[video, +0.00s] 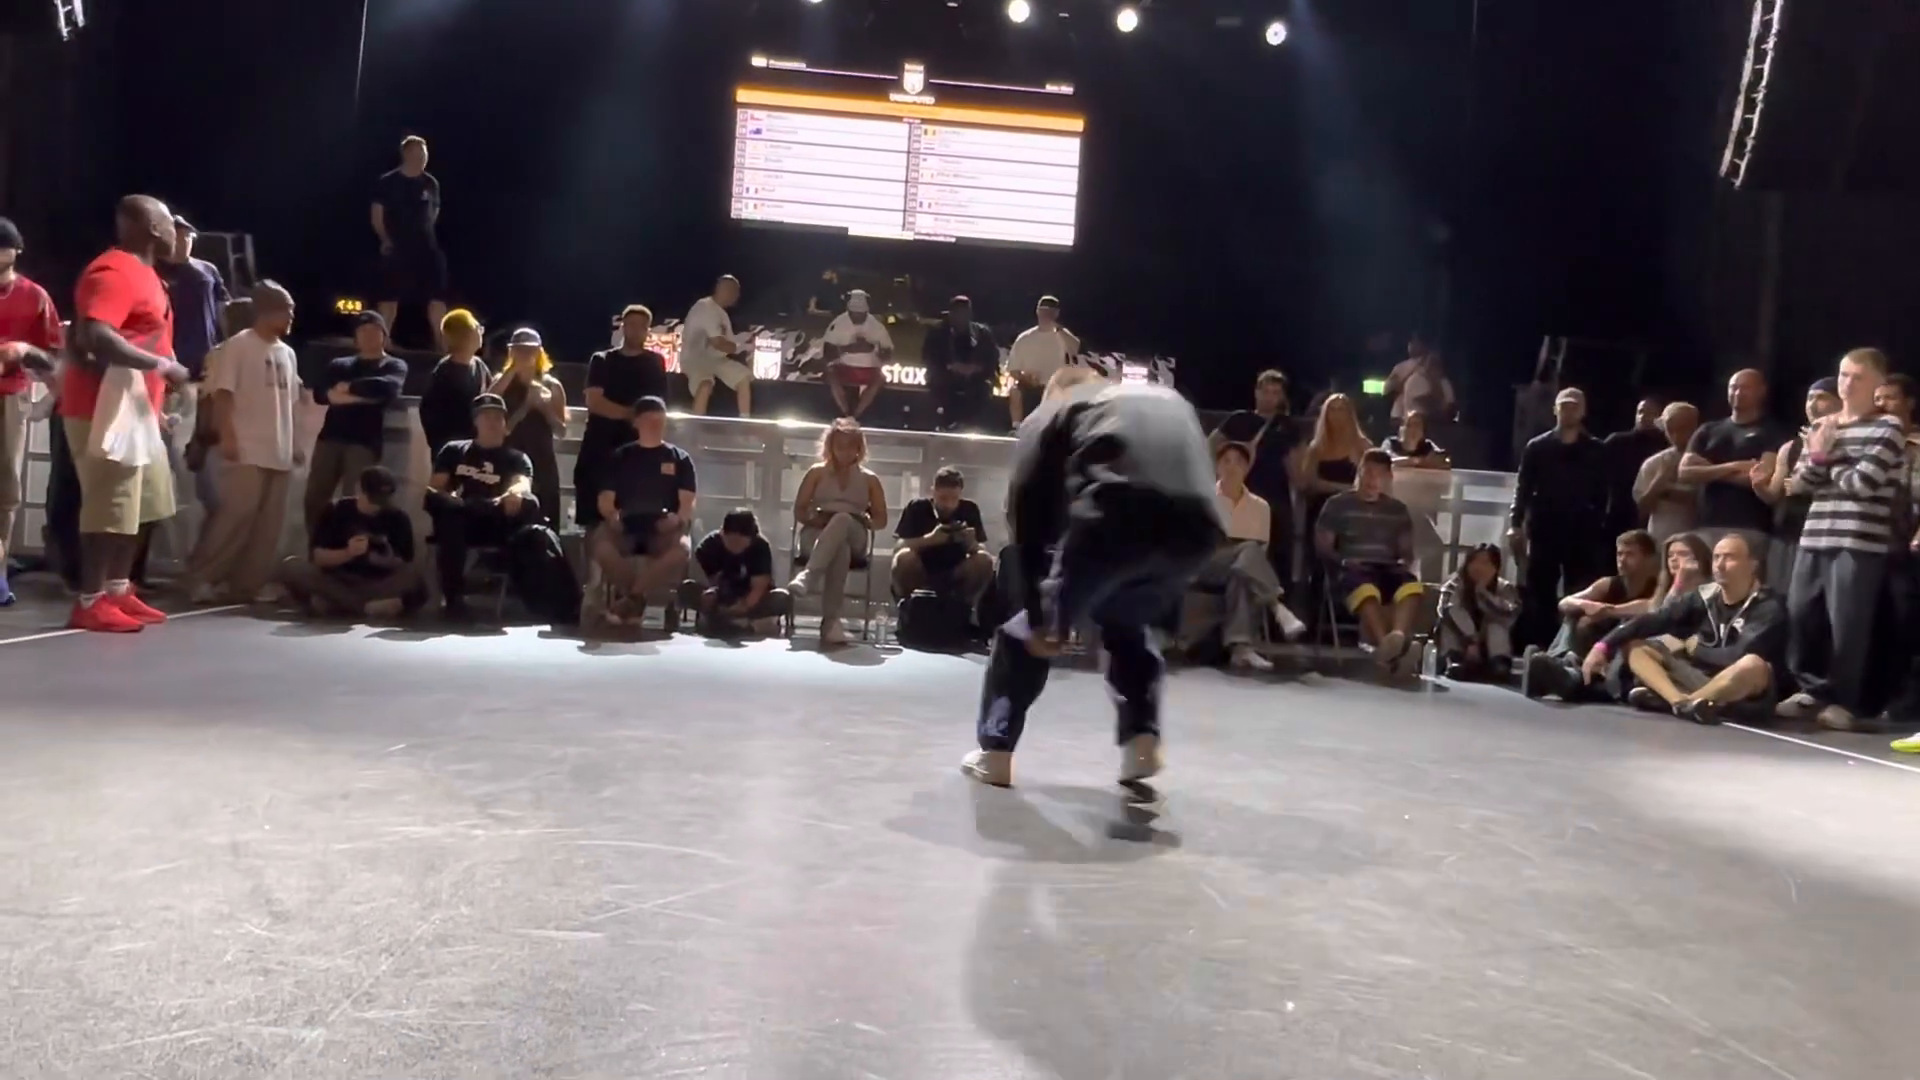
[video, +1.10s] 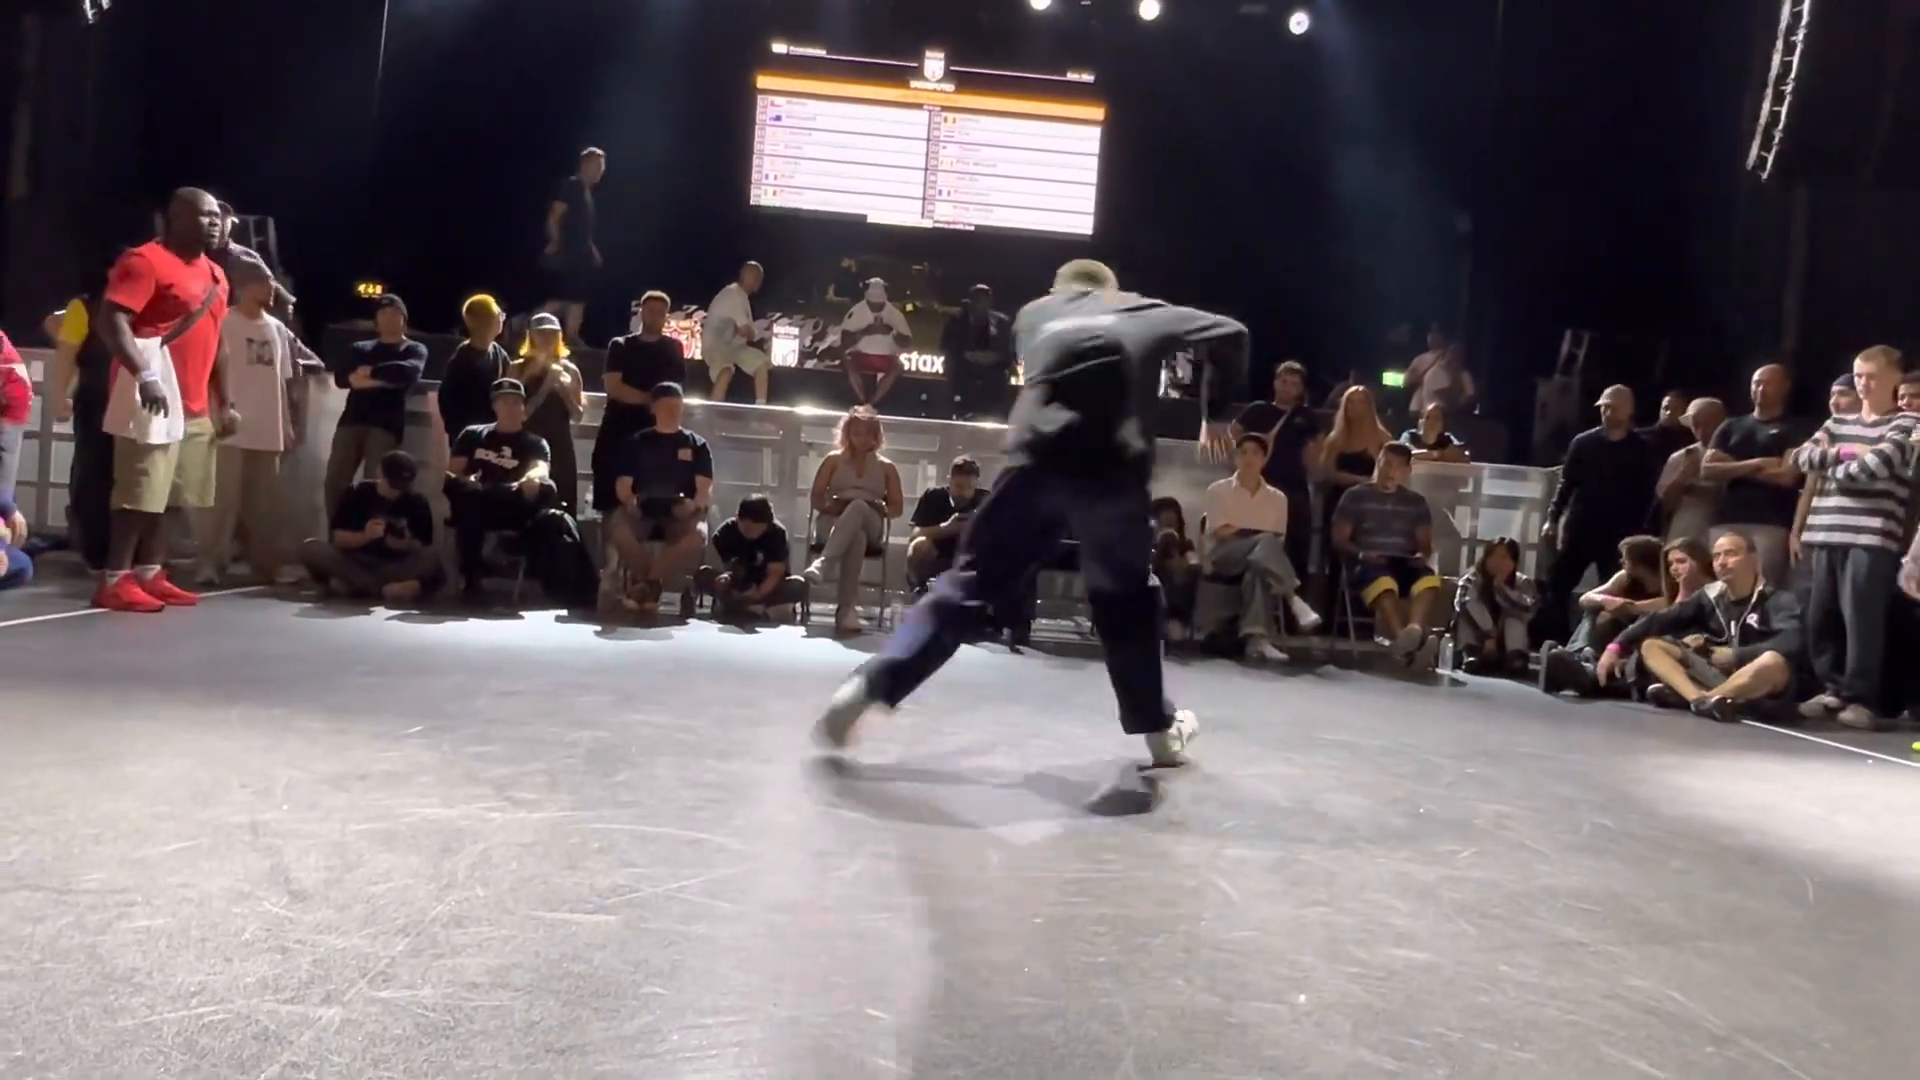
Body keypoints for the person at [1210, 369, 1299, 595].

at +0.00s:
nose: (1269, 397)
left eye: (1275, 393)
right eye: (1265, 391)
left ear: (1282, 397)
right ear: (1256, 393)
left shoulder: (1288, 427)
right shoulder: (1239, 421)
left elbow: (1295, 468)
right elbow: (1211, 447)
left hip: (1276, 497)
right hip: (1240, 494)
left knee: (1278, 553)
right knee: (1237, 548)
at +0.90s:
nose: (1284, 392)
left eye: (1290, 387)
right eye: (1280, 386)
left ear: (1297, 392)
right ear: (1272, 387)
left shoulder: (1302, 420)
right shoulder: (1256, 414)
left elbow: (1310, 454)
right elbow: (1228, 436)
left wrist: (1310, 477)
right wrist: (1244, 466)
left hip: (1290, 491)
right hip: (1256, 489)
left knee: (1293, 546)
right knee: (1254, 542)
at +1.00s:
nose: (1286, 389)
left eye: (1292, 386)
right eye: (1282, 384)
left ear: (1300, 391)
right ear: (1273, 386)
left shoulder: (1305, 418)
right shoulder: (1257, 413)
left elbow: (1312, 459)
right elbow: (1228, 436)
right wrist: (1254, 450)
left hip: (1293, 491)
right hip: (1260, 488)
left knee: (1295, 548)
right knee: (1260, 543)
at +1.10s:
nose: (1287, 387)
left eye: (1293, 384)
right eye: (1283, 381)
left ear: (1301, 389)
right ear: (1275, 383)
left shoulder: (1307, 417)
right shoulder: (1257, 410)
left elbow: (1313, 452)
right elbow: (1234, 432)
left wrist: (1311, 475)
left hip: (1294, 485)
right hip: (1260, 482)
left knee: (1297, 536)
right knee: (1258, 532)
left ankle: (1295, 580)